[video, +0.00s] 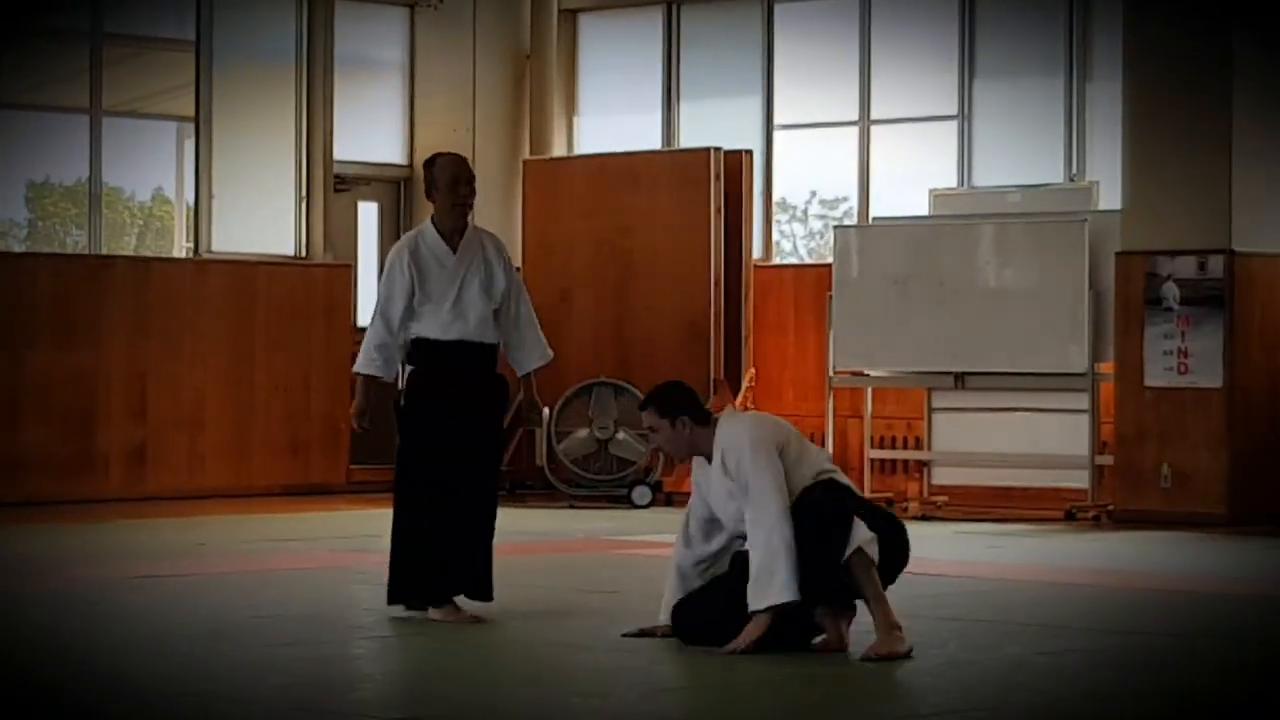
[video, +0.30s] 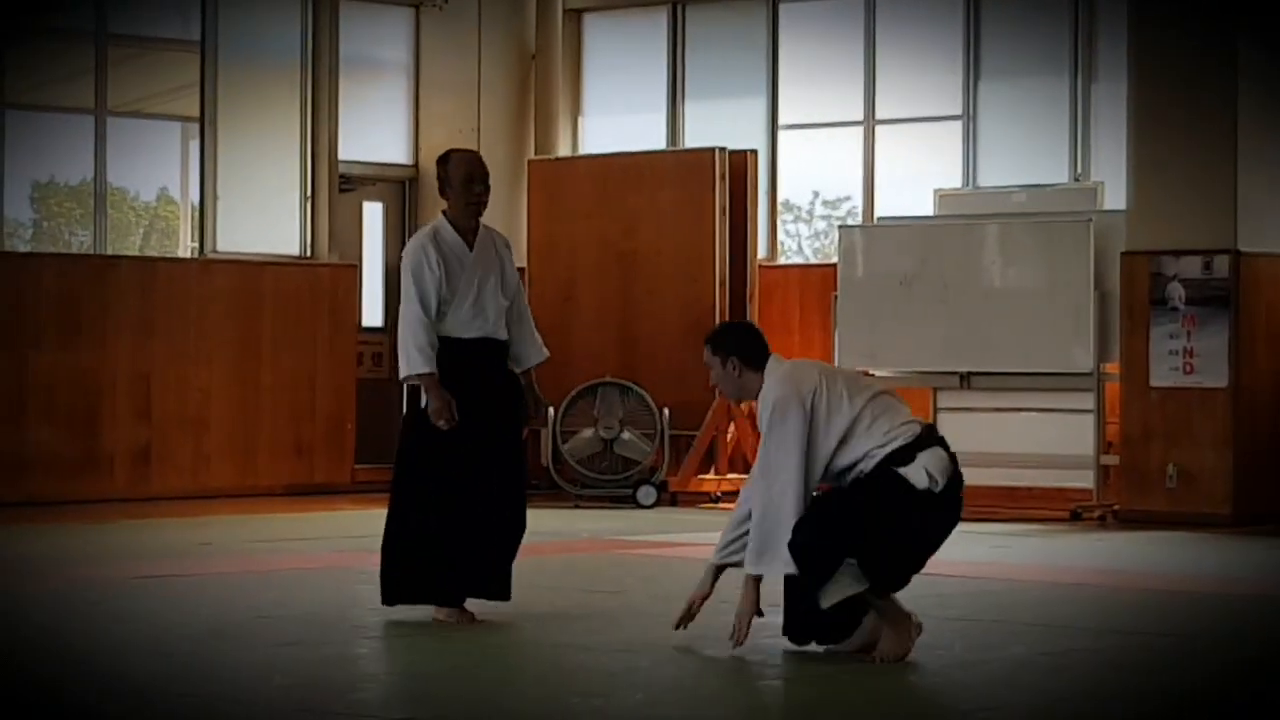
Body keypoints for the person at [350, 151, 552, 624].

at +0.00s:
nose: (469, 193)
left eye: (471, 184)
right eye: (458, 186)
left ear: (475, 188)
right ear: (431, 193)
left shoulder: (490, 248)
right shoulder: (408, 251)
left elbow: (516, 318)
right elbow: (385, 322)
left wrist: (529, 384)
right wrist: (364, 391)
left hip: (479, 372)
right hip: (429, 372)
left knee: (469, 481)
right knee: (430, 480)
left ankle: (441, 589)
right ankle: (433, 595)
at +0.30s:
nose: (480, 192)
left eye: (484, 183)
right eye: (469, 185)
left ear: (490, 186)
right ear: (443, 190)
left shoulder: (498, 245)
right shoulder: (424, 248)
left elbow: (517, 317)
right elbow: (414, 321)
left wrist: (531, 385)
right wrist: (432, 388)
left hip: (494, 371)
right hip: (448, 373)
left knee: (485, 482)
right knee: (450, 482)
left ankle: (458, 596)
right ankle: (445, 598)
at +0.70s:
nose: (505, 192)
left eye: (507, 183)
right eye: (494, 184)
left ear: (508, 189)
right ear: (465, 191)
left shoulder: (510, 251)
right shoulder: (446, 254)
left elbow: (526, 321)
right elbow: (451, 331)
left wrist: (533, 387)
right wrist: (479, 398)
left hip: (510, 377)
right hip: (467, 381)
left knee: (531, 481)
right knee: (464, 488)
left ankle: (551, 591)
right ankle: (455, 597)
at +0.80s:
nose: (510, 193)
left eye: (512, 185)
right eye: (499, 186)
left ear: (514, 192)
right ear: (469, 193)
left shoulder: (516, 253)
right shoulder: (450, 255)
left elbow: (532, 324)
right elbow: (454, 333)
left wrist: (536, 390)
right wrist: (481, 401)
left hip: (517, 380)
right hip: (474, 383)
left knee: (537, 487)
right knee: (470, 491)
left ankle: (551, 603)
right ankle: (461, 600)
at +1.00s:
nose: (524, 190)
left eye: (525, 182)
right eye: (513, 183)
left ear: (526, 189)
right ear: (484, 192)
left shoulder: (532, 252)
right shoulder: (468, 256)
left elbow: (551, 321)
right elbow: (466, 332)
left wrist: (559, 391)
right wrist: (483, 404)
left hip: (537, 378)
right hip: (496, 380)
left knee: (550, 488)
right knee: (497, 490)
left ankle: (553, 604)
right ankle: (489, 599)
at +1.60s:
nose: (464, 191)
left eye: (461, 183)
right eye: (453, 185)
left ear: (420, 200)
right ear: (426, 196)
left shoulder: (401, 255)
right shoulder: (445, 251)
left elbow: (421, 337)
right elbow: (521, 291)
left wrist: (487, 363)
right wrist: (551, 242)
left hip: (431, 389)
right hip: (463, 391)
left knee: (450, 499)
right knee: (519, 487)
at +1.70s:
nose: (440, 193)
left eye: (436, 185)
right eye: (431, 186)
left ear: (392, 197)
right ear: (406, 195)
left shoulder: (366, 254)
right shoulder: (420, 256)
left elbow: (387, 328)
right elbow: (478, 311)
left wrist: (448, 342)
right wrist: (501, 278)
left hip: (393, 387)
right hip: (429, 391)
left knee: (416, 500)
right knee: (457, 496)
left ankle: (414, 610)